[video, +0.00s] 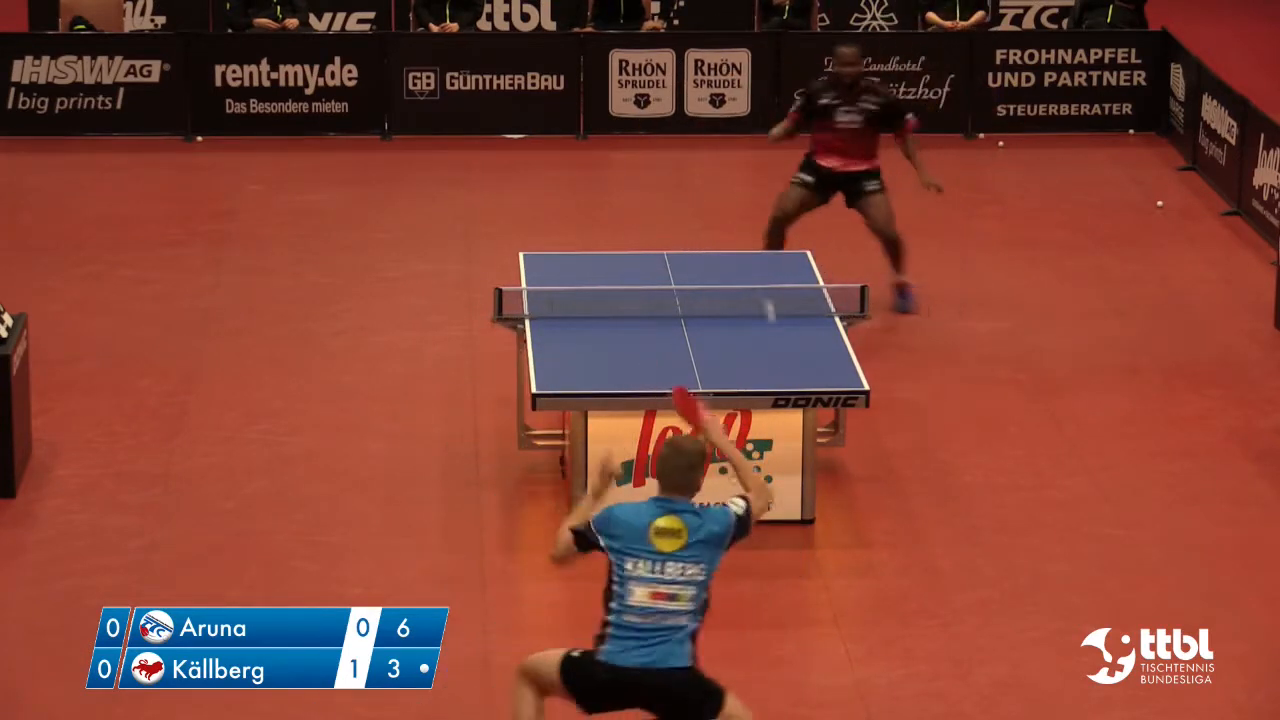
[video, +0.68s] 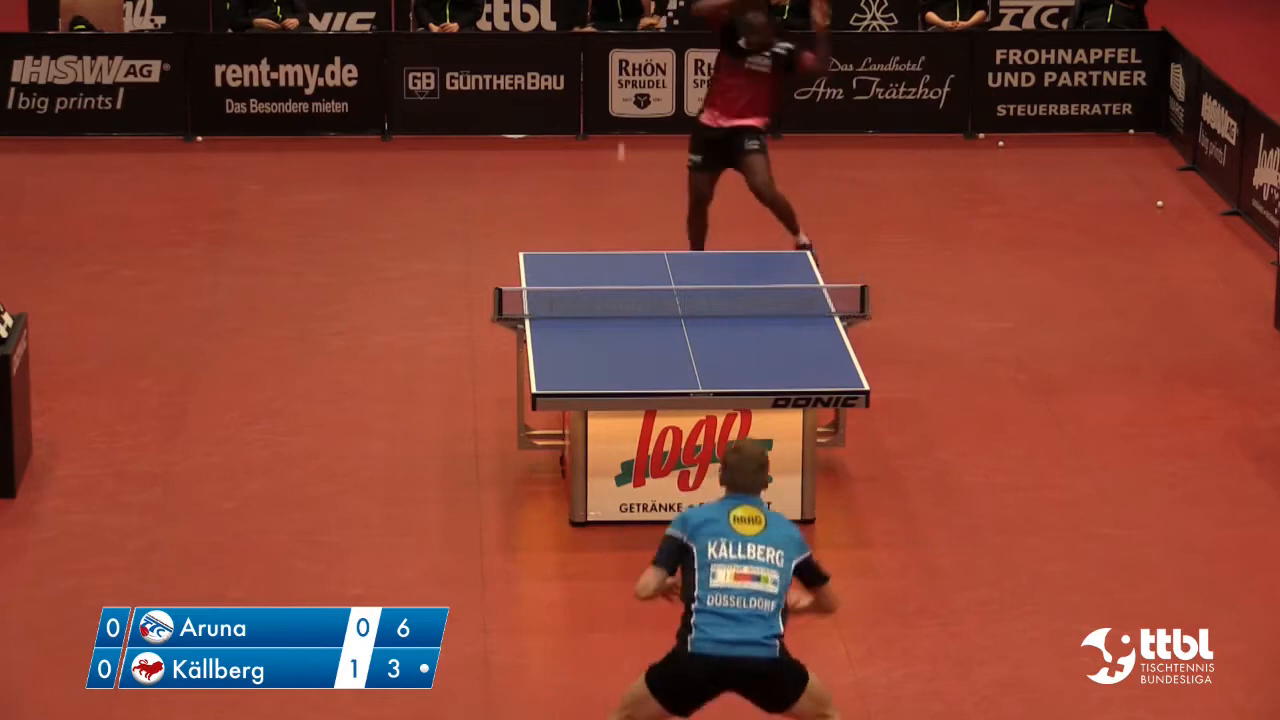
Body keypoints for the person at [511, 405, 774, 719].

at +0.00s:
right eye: (704, 469)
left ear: (655, 472)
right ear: (700, 478)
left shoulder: (619, 517)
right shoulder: (715, 525)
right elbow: (762, 497)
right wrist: (724, 442)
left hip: (610, 674)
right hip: (675, 680)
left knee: (529, 675)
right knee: (741, 715)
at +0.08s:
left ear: (665, 477)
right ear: (712, 482)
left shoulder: (636, 529)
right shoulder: (731, 530)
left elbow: (588, 598)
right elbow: (787, 536)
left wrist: (613, 542)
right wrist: (766, 474)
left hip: (641, 685)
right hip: (707, 686)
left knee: (561, 686)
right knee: (767, 714)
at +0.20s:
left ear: (689, 512)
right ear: (733, 511)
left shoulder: (668, 563)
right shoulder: (759, 560)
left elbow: (649, 651)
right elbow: (821, 597)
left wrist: (642, 614)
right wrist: (809, 536)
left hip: (692, 700)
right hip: (756, 699)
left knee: (602, 701)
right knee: (805, 715)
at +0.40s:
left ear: (706, 508)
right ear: (751, 508)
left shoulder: (682, 557)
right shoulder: (777, 559)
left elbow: (636, 625)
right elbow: (838, 609)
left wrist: (627, 602)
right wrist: (834, 564)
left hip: (708, 691)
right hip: (774, 692)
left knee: (624, 702)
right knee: (831, 713)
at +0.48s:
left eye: (713, 471)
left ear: (713, 482)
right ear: (757, 486)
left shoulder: (683, 531)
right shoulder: (781, 538)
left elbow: (633, 594)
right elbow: (840, 596)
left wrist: (633, 570)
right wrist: (837, 560)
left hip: (705, 669)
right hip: (771, 671)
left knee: (619, 701)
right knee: (839, 712)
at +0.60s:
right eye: (768, 457)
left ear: (721, 464)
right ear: (767, 465)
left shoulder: (691, 509)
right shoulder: (791, 523)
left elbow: (646, 575)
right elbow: (839, 589)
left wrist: (656, 571)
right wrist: (822, 571)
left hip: (699, 651)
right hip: (766, 654)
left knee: (620, 707)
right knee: (832, 703)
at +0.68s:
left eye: (719, 468)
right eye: (767, 472)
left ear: (722, 476)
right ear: (766, 480)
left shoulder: (690, 520)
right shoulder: (787, 531)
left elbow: (644, 589)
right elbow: (828, 603)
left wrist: (667, 585)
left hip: (698, 660)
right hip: (764, 663)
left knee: (626, 713)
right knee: (825, 712)